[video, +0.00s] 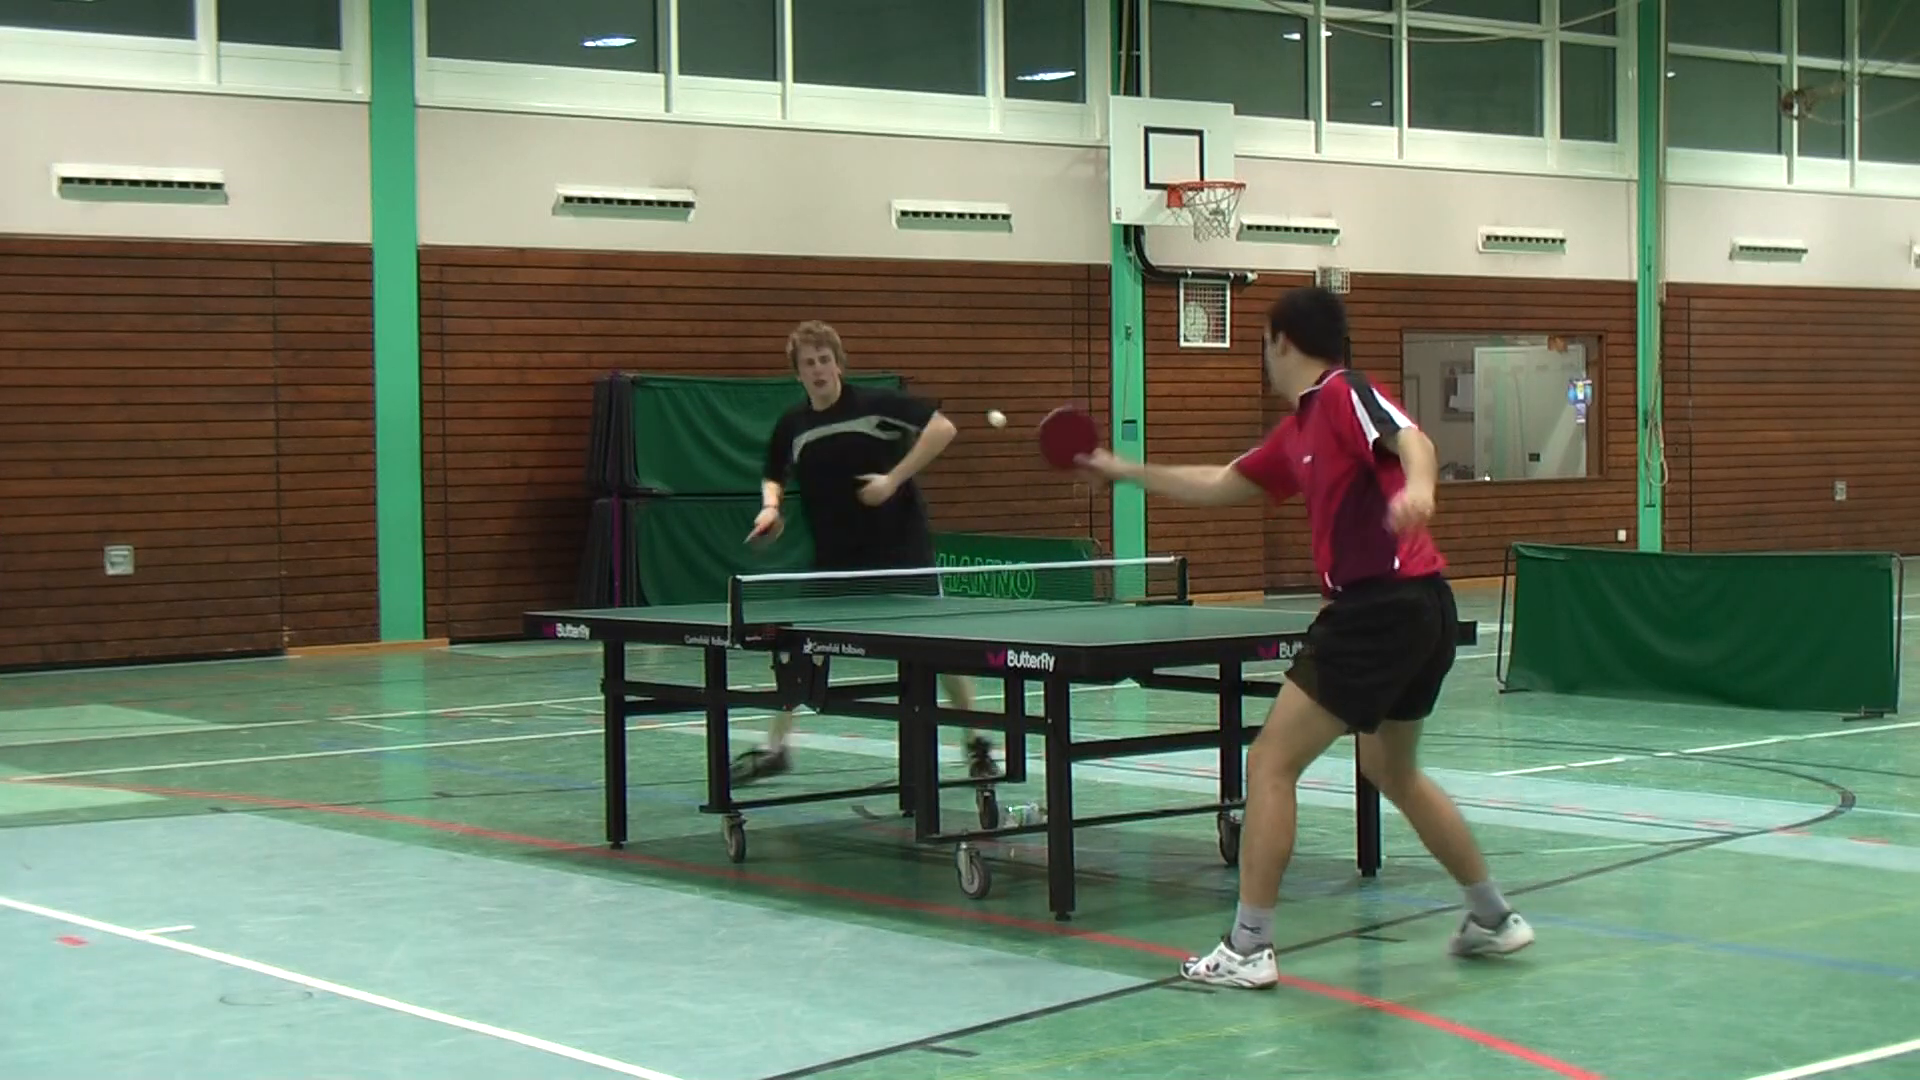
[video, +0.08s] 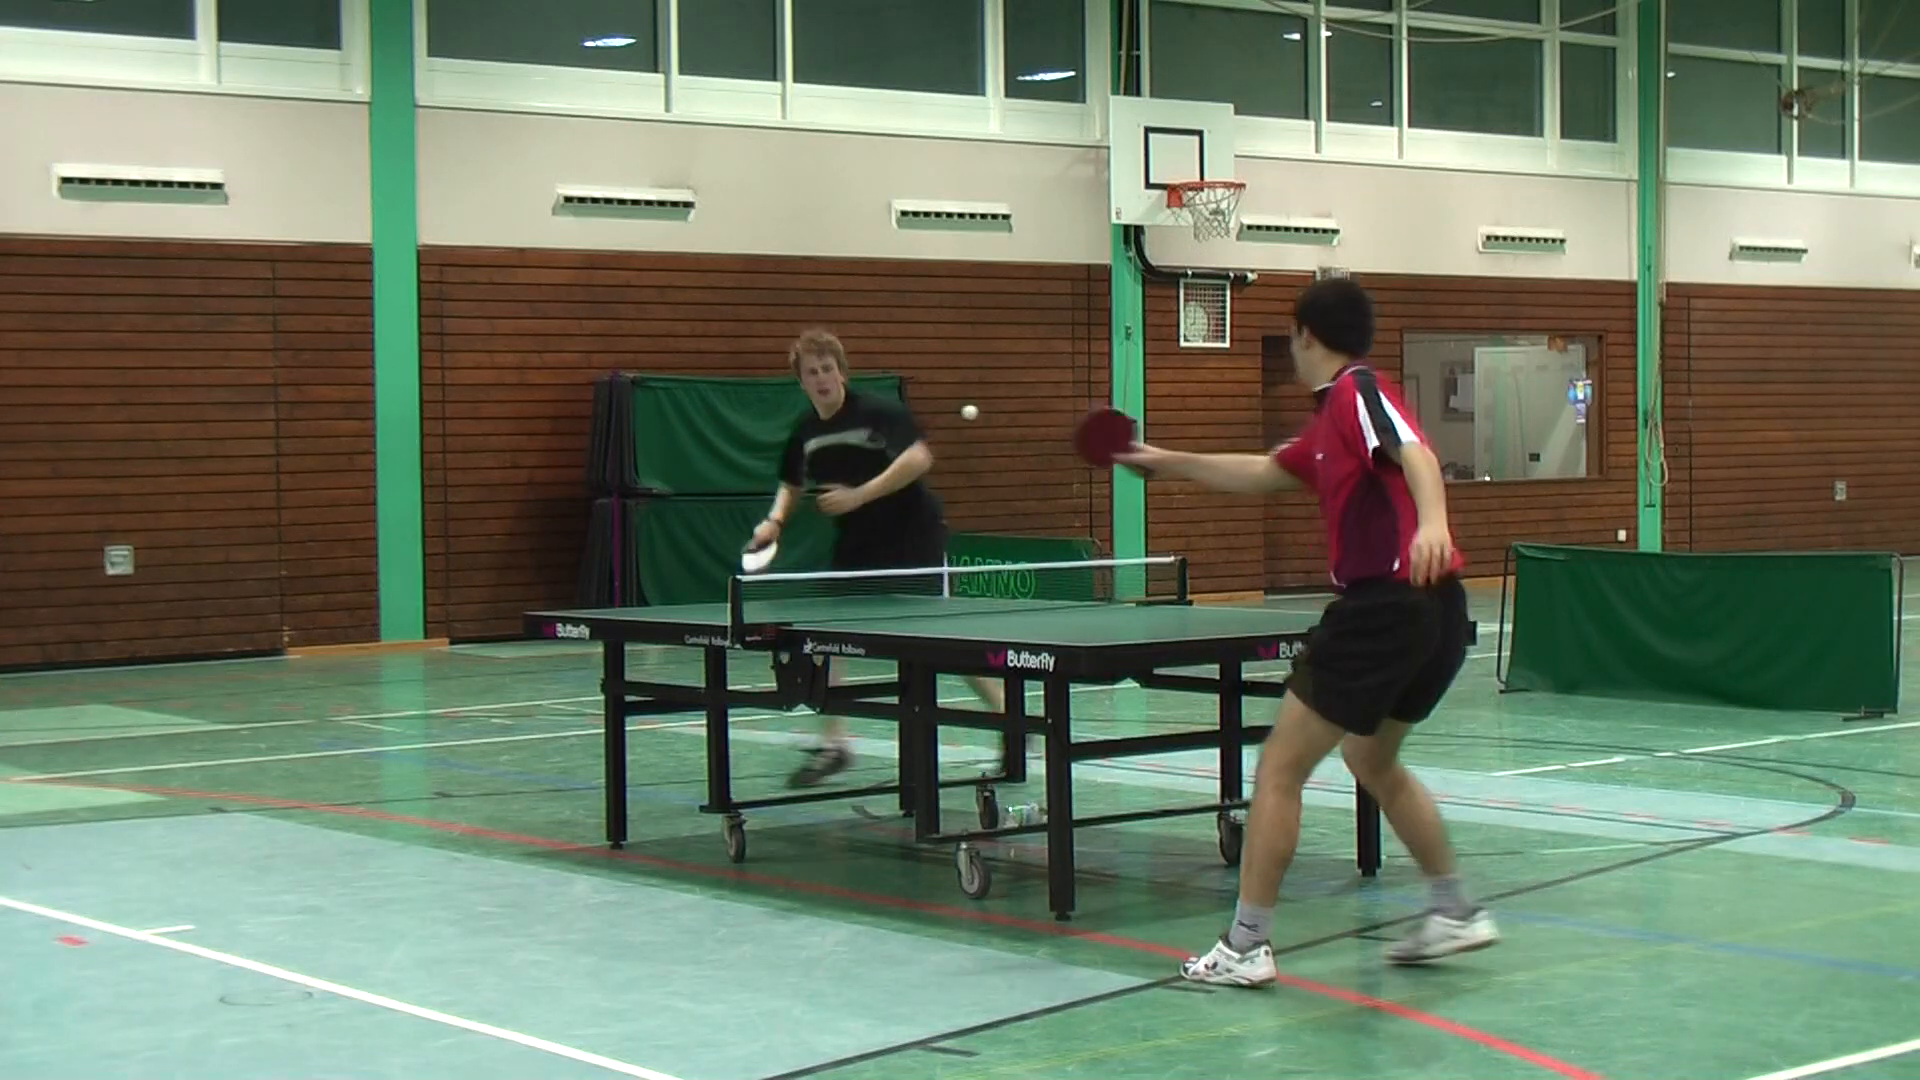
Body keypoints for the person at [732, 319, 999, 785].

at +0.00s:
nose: (817, 369)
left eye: (824, 360)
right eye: (808, 363)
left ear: (840, 363)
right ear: (797, 371)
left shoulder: (878, 405)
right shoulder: (792, 426)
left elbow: (942, 428)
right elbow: (773, 476)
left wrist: (894, 477)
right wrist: (771, 507)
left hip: (903, 559)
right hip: (834, 563)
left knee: (941, 650)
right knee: (798, 649)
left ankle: (977, 742)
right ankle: (776, 747)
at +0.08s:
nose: (822, 379)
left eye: (829, 369)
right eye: (812, 372)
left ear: (843, 371)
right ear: (800, 380)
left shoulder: (880, 413)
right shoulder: (804, 432)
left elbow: (920, 456)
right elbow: (791, 485)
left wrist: (859, 494)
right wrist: (774, 522)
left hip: (914, 541)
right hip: (858, 546)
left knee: (940, 637)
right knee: (824, 640)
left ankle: (1012, 719)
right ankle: (836, 742)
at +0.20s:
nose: (841, 404)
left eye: (848, 392)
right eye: (831, 397)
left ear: (863, 394)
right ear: (820, 404)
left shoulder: (886, 434)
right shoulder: (841, 445)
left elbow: (863, 492)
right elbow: (847, 494)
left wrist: (808, 503)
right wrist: (830, 526)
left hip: (948, 557)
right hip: (893, 559)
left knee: (994, 651)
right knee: (841, 639)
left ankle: (1064, 747)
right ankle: (847, 755)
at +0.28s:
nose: (853, 410)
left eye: (860, 398)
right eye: (843, 403)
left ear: (877, 396)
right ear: (835, 408)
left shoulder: (895, 431)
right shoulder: (877, 441)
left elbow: (843, 494)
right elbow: (902, 495)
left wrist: (803, 497)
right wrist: (882, 524)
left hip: (980, 549)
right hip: (927, 556)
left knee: (1017, 644)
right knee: (891, 650)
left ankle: (1081, 737)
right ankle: (867, 754)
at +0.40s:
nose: (880, 416)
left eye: (886, 406)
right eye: (873, 409)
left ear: (907, 400)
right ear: (869, 409)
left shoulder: (923, 432)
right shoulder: (912, 436)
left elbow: (869, 493)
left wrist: (823, 505)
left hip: (1018, 541)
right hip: (969, 547)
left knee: (1050, 647)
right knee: (930, 647)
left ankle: (1120, 741)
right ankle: (938, 750)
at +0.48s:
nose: (907, 415)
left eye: (914, 404)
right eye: (900, 407)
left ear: (936, 402)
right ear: (896, 410)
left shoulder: (951, 431)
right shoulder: (923, 441)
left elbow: (911, 496)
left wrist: (869, 525)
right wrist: (972, 545)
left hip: (1040, 551)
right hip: (989, 555)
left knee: (1068, 654)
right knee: (948, 650)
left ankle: (1134, 749)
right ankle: (940, 755)